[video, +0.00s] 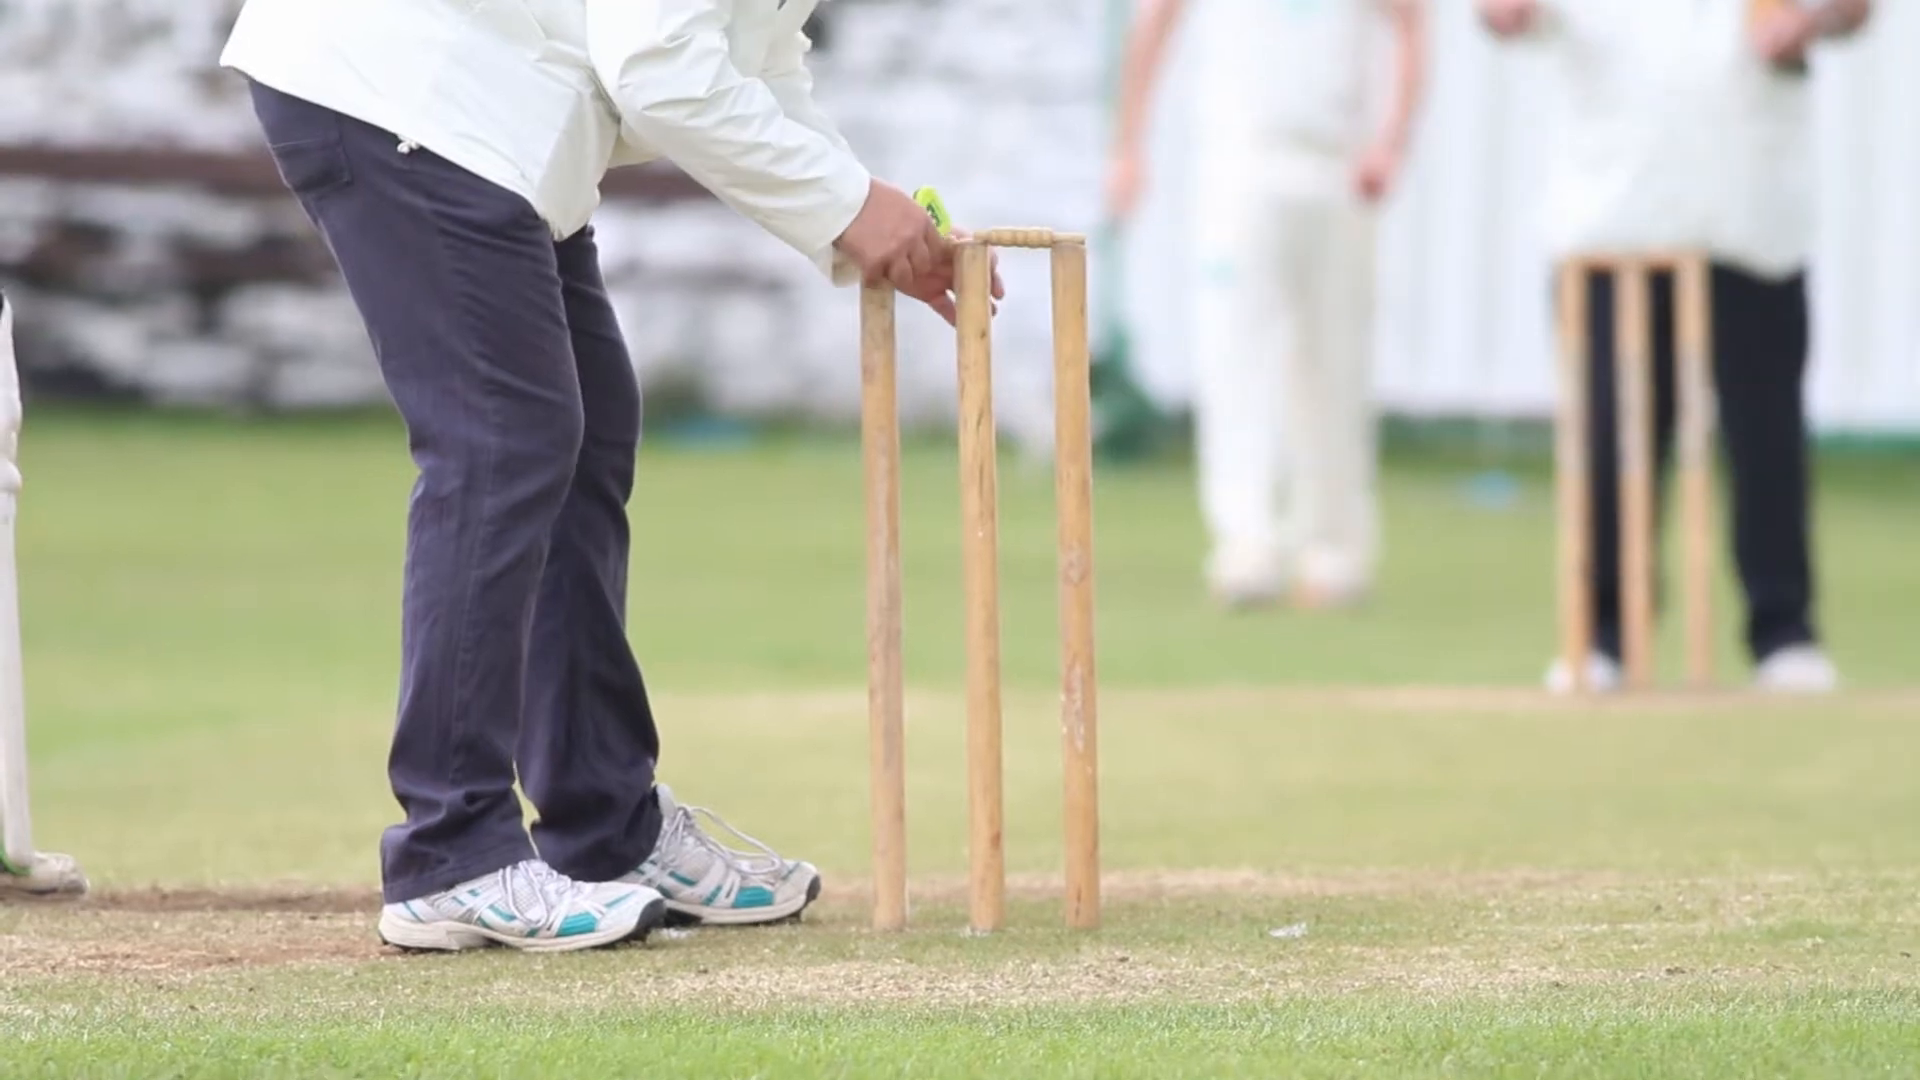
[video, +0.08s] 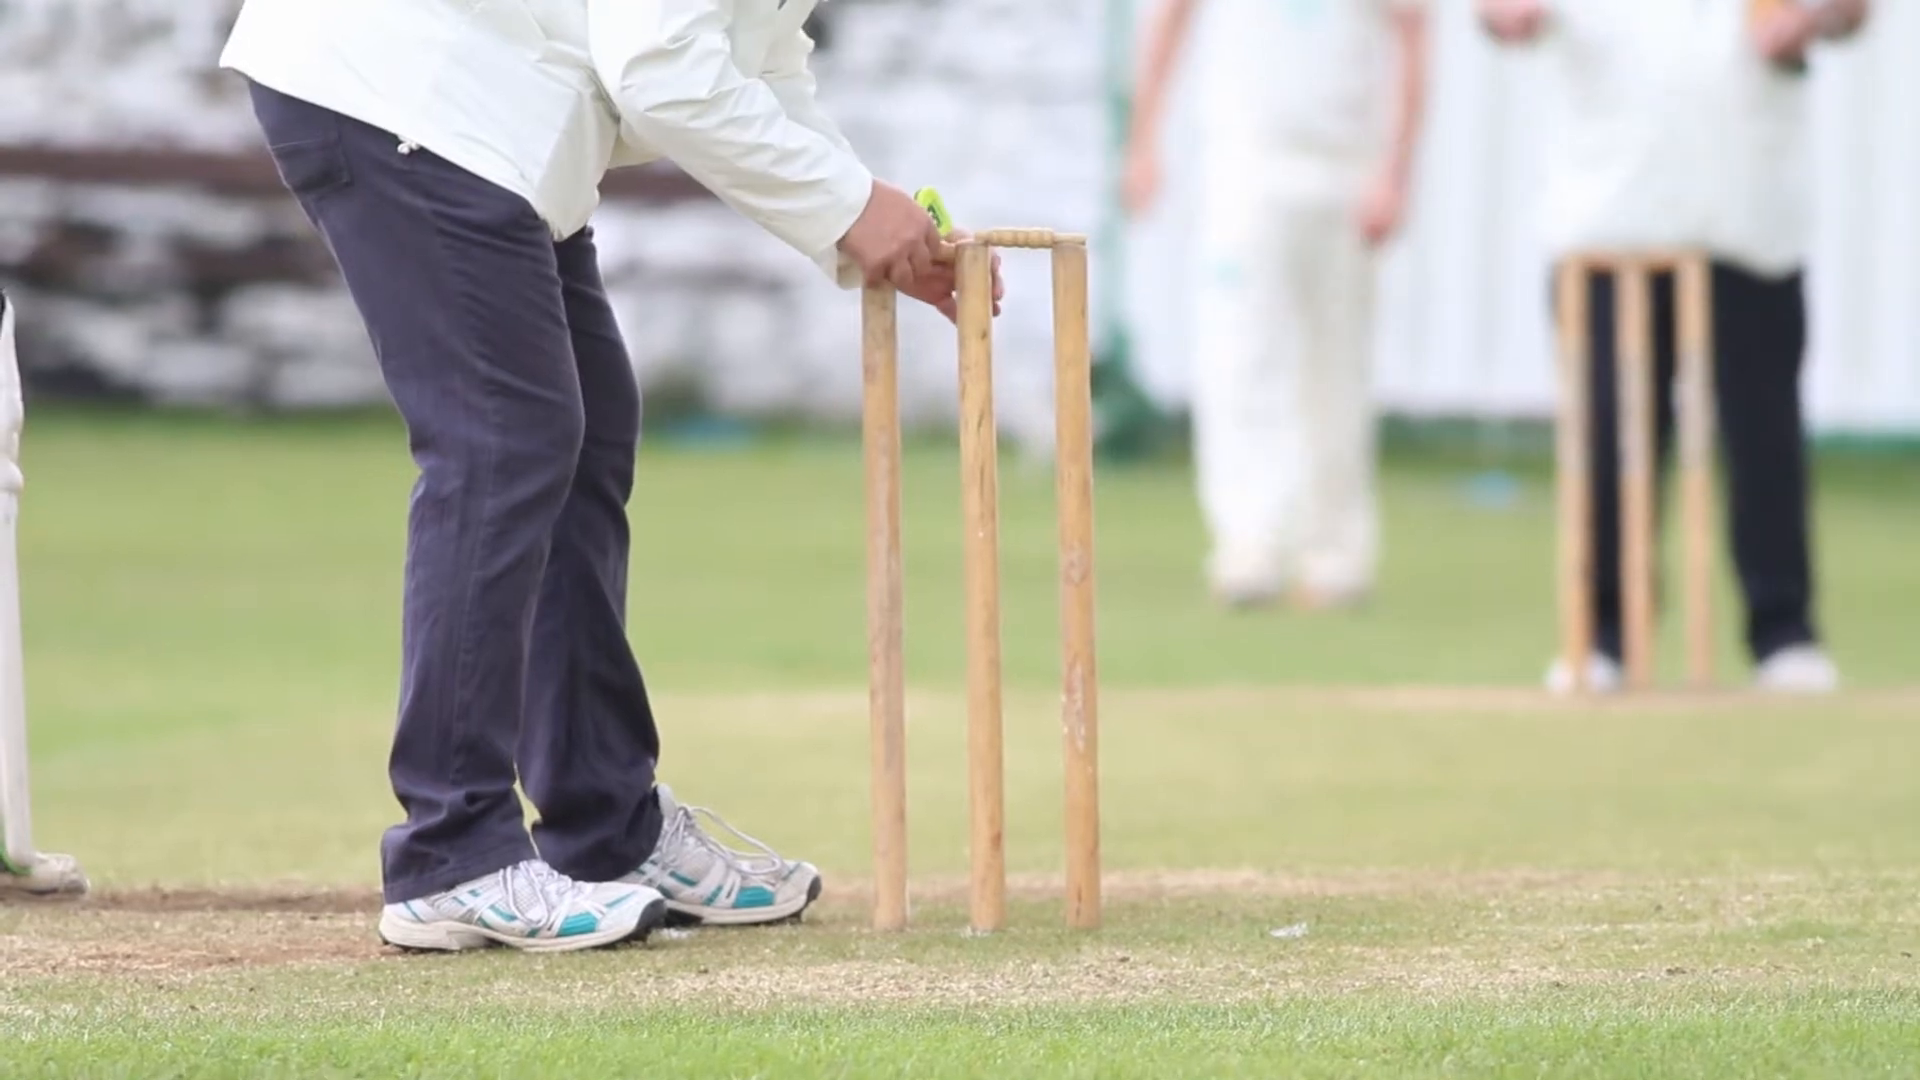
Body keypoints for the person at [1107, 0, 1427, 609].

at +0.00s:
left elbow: (1412, 27)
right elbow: (1151, 25)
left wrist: (1387, 144)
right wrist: (1130, 149)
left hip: (1335, 165)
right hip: (1234, 165)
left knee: (1333, 366)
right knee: (1236, 362)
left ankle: (1332, 547)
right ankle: (1245, 547)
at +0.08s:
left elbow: (1413, 34)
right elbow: (1168, 18)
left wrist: (1391, 174)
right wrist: (1144, 144)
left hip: (1344, 166)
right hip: (1241, 164)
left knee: (1335, 367)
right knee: (1239, 361)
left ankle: (1333, 550)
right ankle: (1246, 546)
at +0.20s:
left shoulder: (1395, 10)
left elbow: (1409, 58)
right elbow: (1179, 20)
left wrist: (1391, 193)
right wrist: (1165, 140)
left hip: (1346, 168)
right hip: (1242, 165)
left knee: (1337, 367)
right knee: (1239, 358)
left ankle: (1334, 553)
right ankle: (1242, 544)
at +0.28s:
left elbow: (1432, 43)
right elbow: (1183, 16)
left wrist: (1400, 174)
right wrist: (1173, 133)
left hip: (1348, 163)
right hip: (1244, 158)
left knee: (1340, 366)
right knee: (1240, 357)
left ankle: (1332, 553)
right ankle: (1239, 544)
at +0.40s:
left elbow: (1464, 29)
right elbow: (1180, 15)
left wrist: (1415, 143)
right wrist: (1172, 125)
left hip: (1347, 158)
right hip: (1243, 154)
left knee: (1341, 365)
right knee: (1233, 352)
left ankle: (1333, 551)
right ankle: (1223, 541)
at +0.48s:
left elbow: (1469, 25)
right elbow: (1179, 12)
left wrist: (1420, 131)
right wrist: (1172, 119)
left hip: (1347, 151)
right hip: (1244, 147)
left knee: (1340, 362)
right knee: (1230, 347)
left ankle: (1334, 551)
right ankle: (1212, 541)